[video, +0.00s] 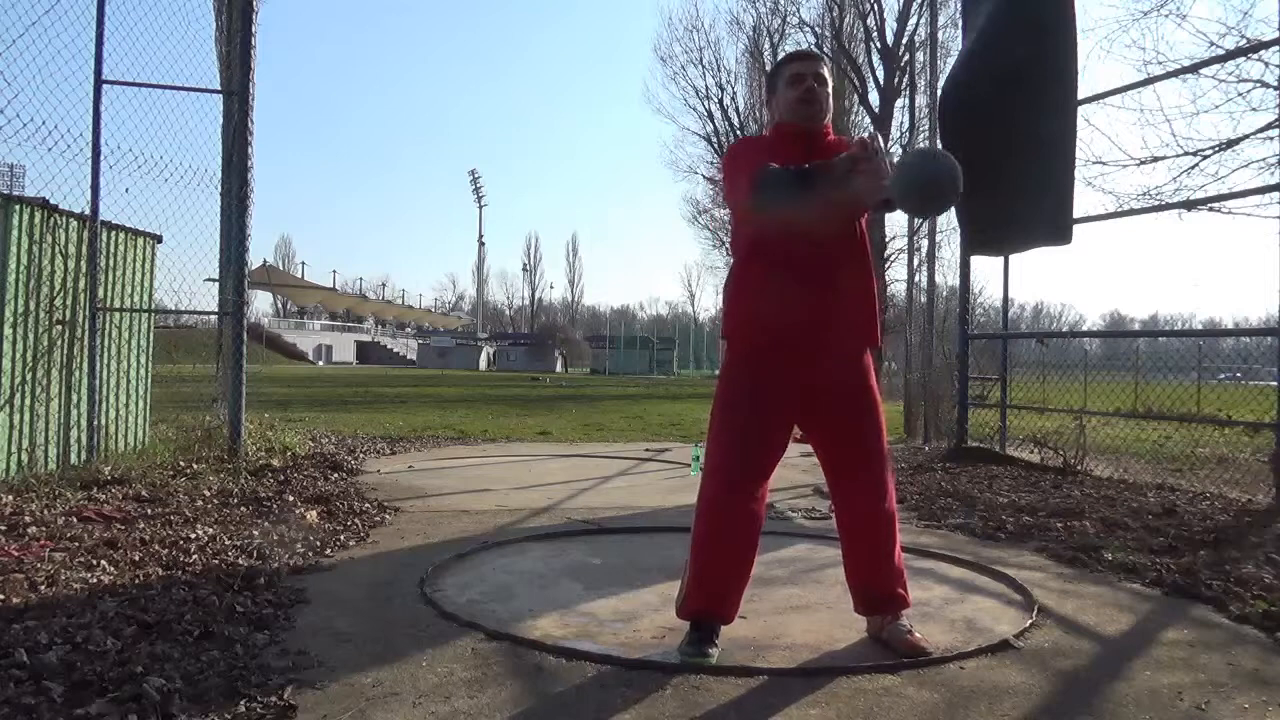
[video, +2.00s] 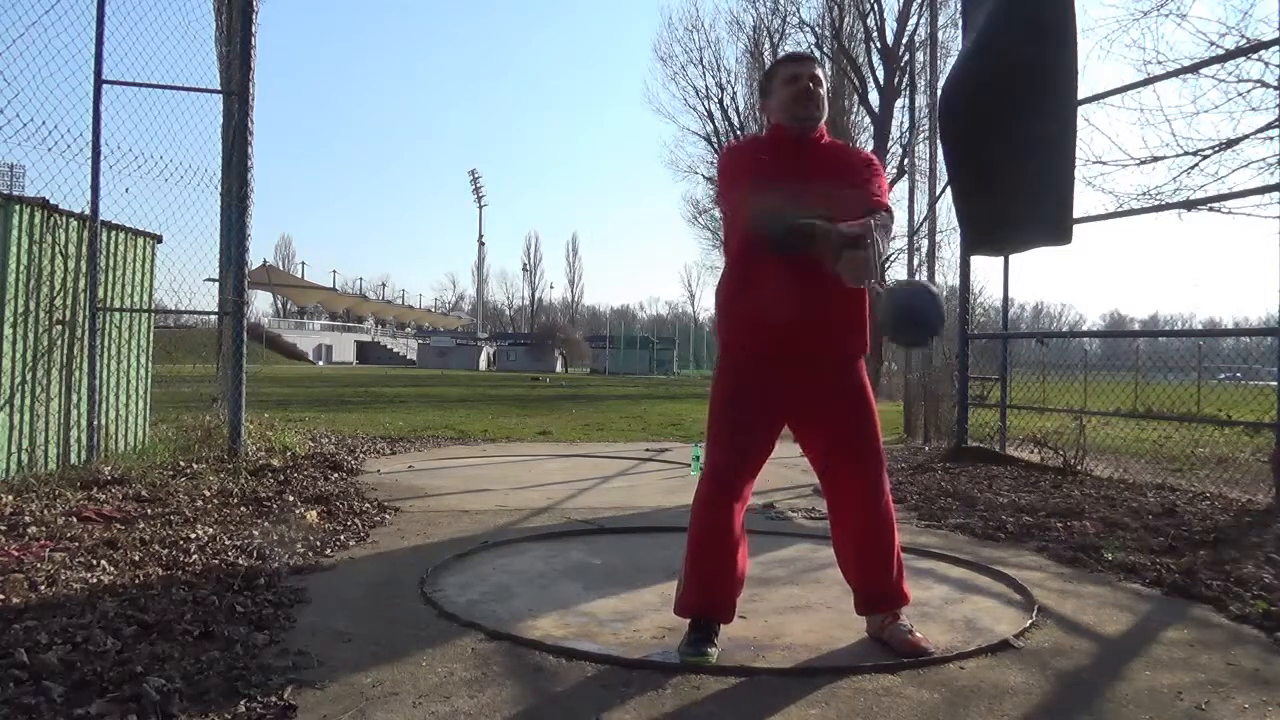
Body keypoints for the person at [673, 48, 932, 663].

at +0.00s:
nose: (809, 86)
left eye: (818, 79)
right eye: (795, 79)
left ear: (832, 98)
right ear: (771, 97)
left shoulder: (852, 154)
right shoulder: (746, 154)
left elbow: (880, 188)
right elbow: (767, 204)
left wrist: (879, 172)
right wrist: (851, 187)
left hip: (843, 353)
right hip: (758, 354)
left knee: (868, 487)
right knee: (729, 489)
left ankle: (887, 616)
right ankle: (705, 620)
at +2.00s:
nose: (809, 87)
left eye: (816, 80)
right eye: (794, 80)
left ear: (829, 98)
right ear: (766, 99)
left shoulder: (861, 165)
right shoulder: (740, 157)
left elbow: (872, 240)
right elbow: (753, 228)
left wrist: (822, 237)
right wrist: (843, 240)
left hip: (834, 360)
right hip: (750, 359)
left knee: (866, 485)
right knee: (721, 487)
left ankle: (886, 615)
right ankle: (704, 620)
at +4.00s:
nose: (941, 120)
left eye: (942, 112)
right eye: (925, 109)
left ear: (933, 131)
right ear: (885, 121)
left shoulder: (917, 209)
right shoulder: (863, 169)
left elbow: (897, 302)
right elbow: (908, 276)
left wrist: (934, 368)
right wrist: (946, 355)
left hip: (853, 361)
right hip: (790, 350)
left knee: (877, 485)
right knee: (756, 481)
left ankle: (882, 618)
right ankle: (699, 612)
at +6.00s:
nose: (781, 174)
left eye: (793, 166)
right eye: (774, 166)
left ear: (816, 180)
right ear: (763, 177)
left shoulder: (840, 250)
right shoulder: (741, 235)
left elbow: (865, 327)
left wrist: (898, 360)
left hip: (813, 398)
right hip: (737, 399)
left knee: (870, 480)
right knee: (716, 492)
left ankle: (863, 604)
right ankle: (719, 604)